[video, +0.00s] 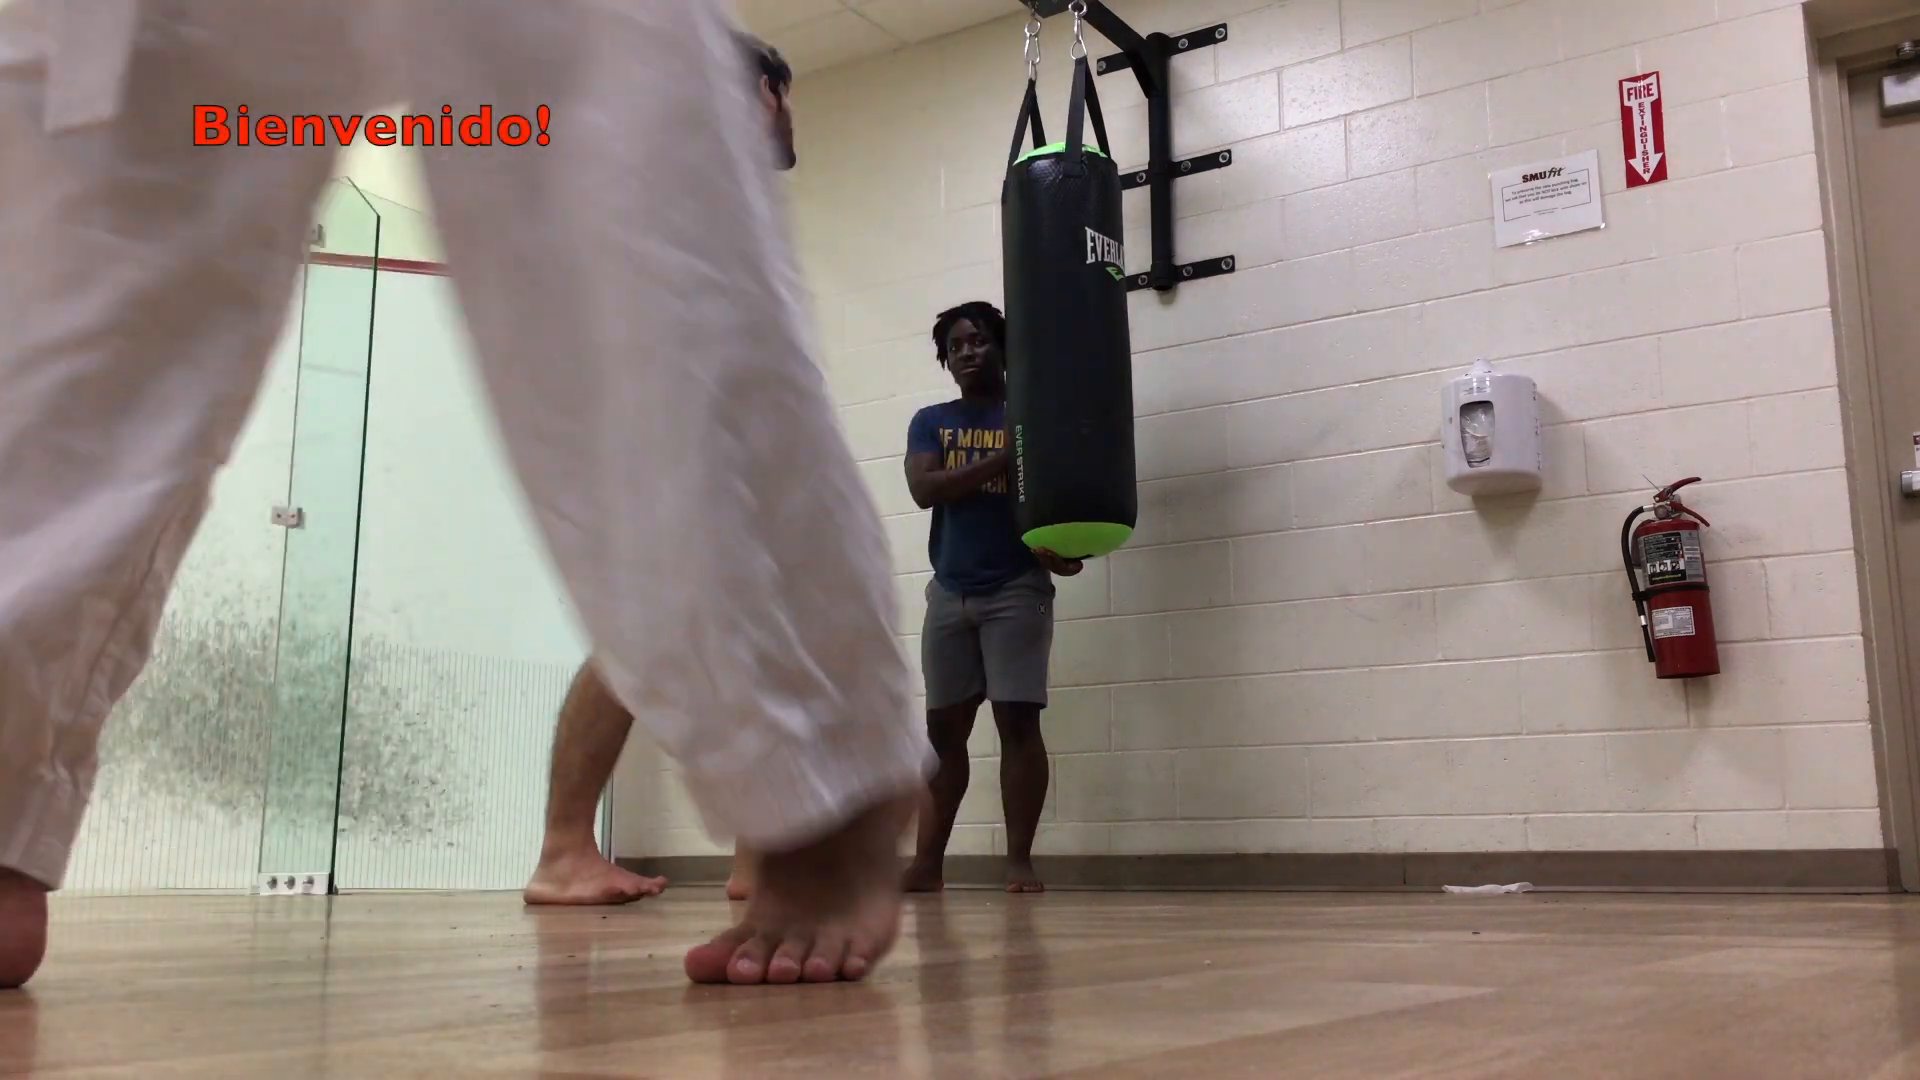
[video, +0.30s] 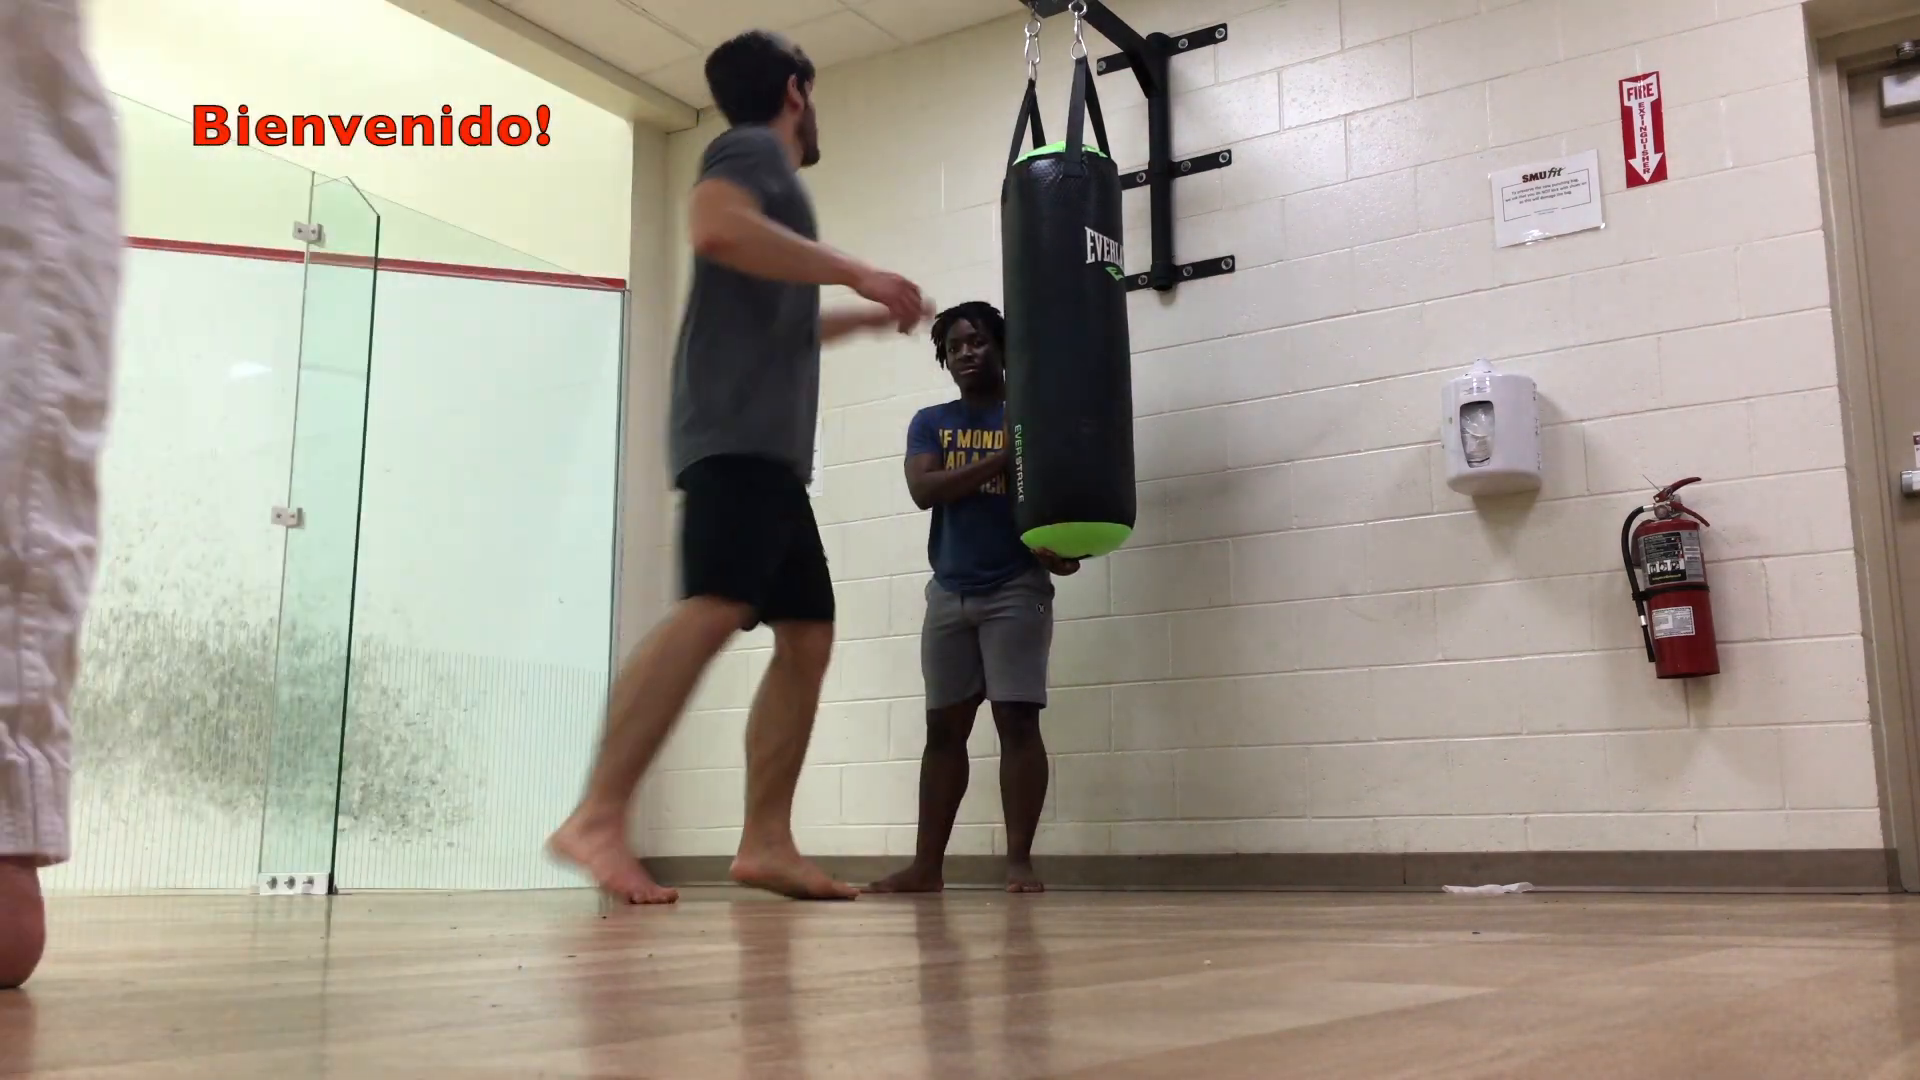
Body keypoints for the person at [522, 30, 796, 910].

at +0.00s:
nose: (790, 129)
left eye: (786, 107)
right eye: (777, 104)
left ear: (762, 110)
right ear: (733, 102)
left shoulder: (738, 239)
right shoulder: (671, 239)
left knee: (753, 599)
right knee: (640, 614)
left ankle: (764, 852)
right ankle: (565, 847)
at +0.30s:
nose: (818, 113)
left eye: (815, 98)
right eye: (814, 97)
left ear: (747, 100)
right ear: (793, 96)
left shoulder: (777, 190)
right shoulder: (753, 146)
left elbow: (772, 333)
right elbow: (714, 226)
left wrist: (867, 315)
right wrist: (856, 271)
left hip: (768, 448)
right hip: (732, 437)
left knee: (806, 633)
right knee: (717, 607)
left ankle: (767, 845)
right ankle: (594, 822)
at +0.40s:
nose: (830, 100)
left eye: (825, 86)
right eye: (827, 85)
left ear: (750, 96)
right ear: (810, 86)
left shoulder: (727, 175)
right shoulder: (792, 139)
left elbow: (759, 301)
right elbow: (797, 238)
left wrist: (845, 301)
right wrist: (919, 324)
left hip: (732, 419)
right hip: (771, 412)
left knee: (794, 611)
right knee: (771, 597)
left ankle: (783, 835)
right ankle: (676, 811)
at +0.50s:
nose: (847, 131)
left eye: (841, 117)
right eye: (844, 117)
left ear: (764, 131)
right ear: (830, 118)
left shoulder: (723, 216)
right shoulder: (848, 187)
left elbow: (663, 337)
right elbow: (908, 311)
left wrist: (700, 411)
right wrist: (979, 366)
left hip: (736, 449)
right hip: (810, 443)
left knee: (820, 627)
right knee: (772, 623)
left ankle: (821, 847)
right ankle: (716, 845)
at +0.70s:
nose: (848, 139)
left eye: (844, 131)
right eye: (851, 129)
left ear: (768, 122)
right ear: (842, 127)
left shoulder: (714, 182)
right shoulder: (876, 191)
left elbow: (628, 283)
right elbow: (939, 304)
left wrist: (616, 347)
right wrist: (953, 370)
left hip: (792, 452)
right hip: (891, 434)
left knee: (797, 644)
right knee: (992, 545)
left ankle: (835, 821)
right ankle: (956, 635)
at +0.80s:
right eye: (847, 148)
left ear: (769, 141)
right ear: (848, 147)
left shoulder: (735, 192)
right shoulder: (884, 209)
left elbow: (672, 303)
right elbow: (980, 304)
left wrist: (749, 277)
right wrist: (1075, 372)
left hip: (811, 458)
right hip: (907, 423)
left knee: (794, 642)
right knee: (977, 423)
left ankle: (859, 828)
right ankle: (1123, 453)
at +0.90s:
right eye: (848, 143)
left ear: (777, 151)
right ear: (855, 145)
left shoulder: (747, 202)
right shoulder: (898, 201)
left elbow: (731, 313)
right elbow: (1004, 264)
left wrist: (791, 269)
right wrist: (1103, 317)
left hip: (825, 453)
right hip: (920, 424)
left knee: (836, 642)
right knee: (1000, 442)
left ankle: (871, 830)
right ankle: (1110, 504)